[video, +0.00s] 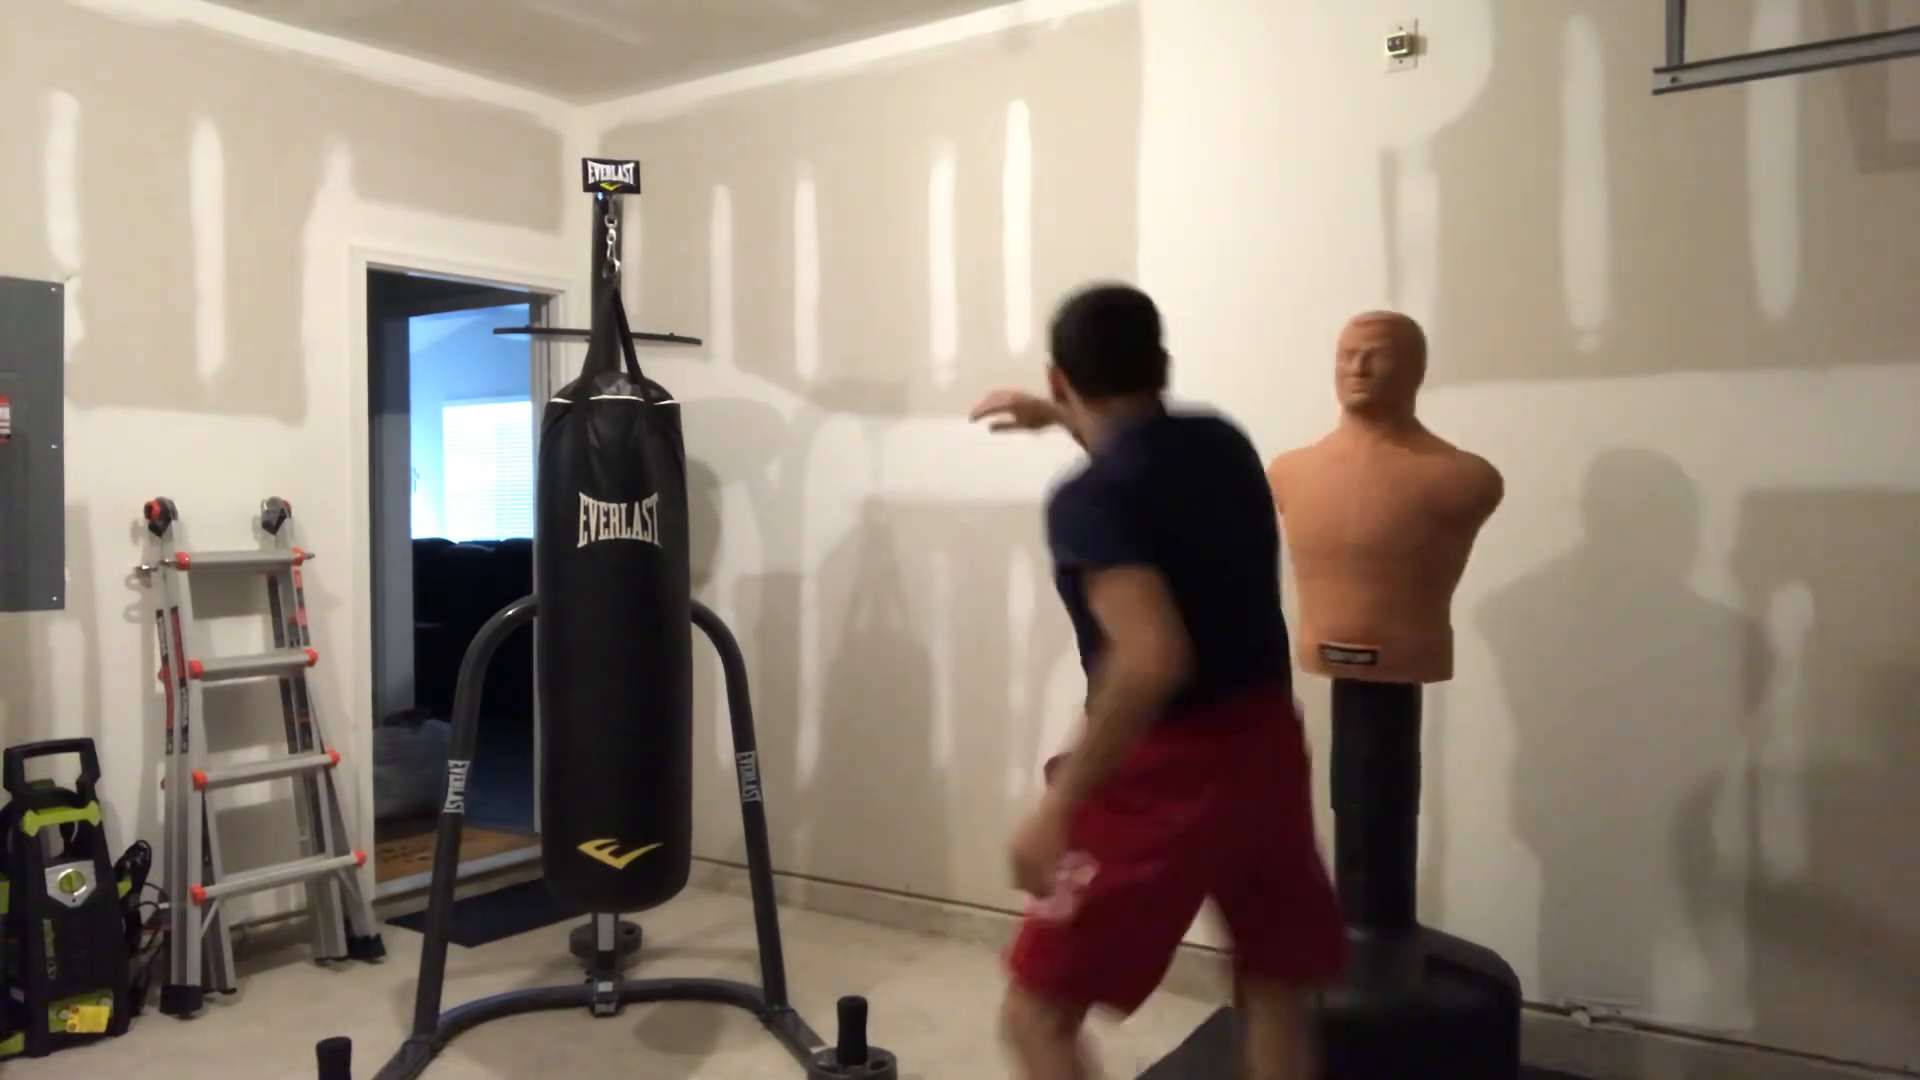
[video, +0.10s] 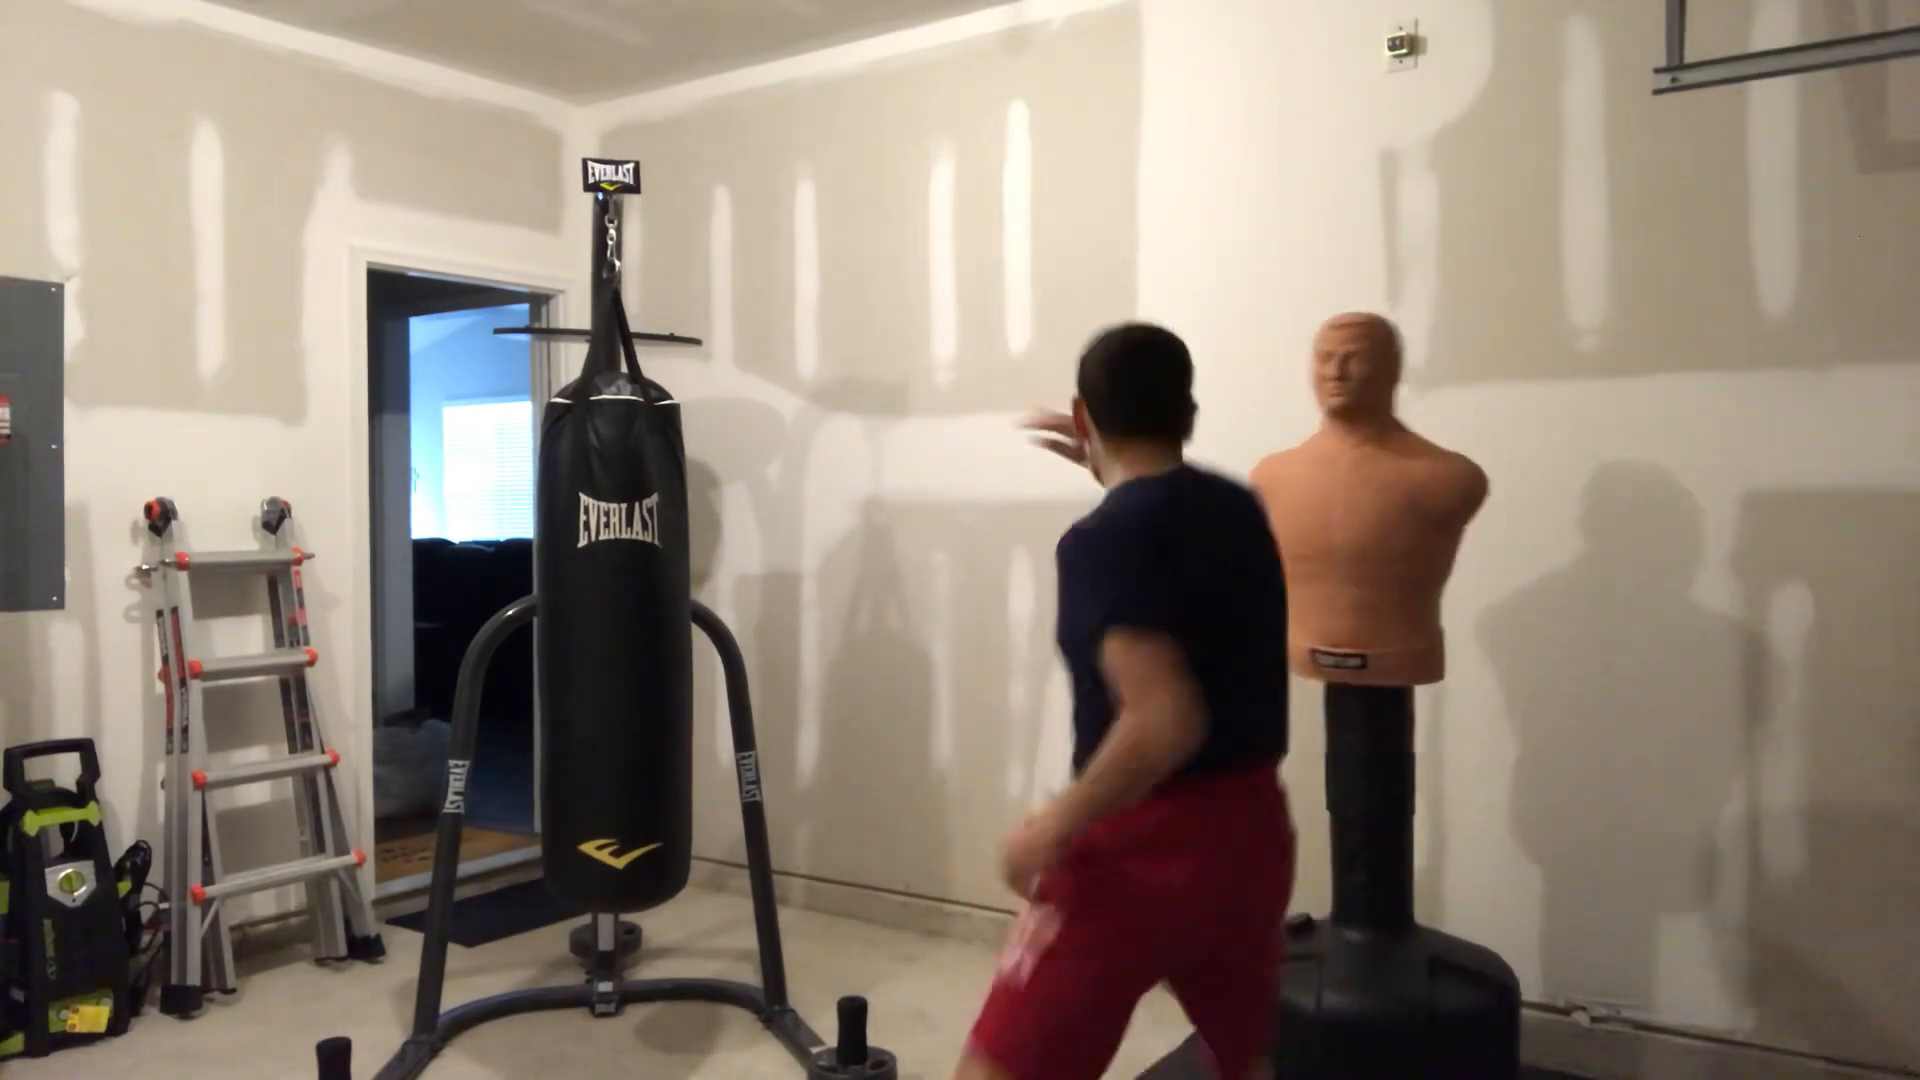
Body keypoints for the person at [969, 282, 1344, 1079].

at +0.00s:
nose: (1055, 391)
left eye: (1055, 375)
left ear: (1065, 380)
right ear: (1160, 365)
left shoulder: (1090, 494)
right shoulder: (1224, 443)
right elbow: (1139, 444)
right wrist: (1058, 415)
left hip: (1163, 772)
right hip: (1266, 757)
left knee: (1035, 1016)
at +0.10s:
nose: (1081, 418)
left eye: (1083, 406)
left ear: (1088, 416)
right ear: (1188, 412)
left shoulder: (1104, 538)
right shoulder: (1243, 510)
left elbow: (1164, 719)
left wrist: (1052, 826)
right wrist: (1108, 458)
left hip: (1136, 844)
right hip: (1250, 835)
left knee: (997, 1064)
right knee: (1248, 1060)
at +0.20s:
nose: (1078, 416)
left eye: (1076, 402)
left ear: (1081, 412)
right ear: (1191, 416)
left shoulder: (1068, 533)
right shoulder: (1243, 526)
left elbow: (1060, 747)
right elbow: (1231, 702)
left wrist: (999, 726)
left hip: (1109, 871)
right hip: (1228, 857)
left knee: (1005, 1067)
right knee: (1224, 1061)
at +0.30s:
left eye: (1074, 332)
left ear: (1076, 345)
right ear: (1189, 354)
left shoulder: (1028, 454)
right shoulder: (1238, 469)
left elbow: (937, 630)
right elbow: (1268, 621)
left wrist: (1017, 537)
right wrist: (1170, 572)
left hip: (1076, 794)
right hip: (1204, 790)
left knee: (1020, 1051)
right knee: (1221, 1043)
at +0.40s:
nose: (1059, 316)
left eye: (1061, 307)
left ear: (1066, 319)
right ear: (1181, 331)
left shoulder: (1006, 417)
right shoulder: (1234, 444)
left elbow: (907, 578)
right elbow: (1286, 609)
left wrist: (1000, 491)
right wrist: (1214, 515)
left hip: (1061, 766)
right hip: (1200, 766)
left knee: (1038, 1050)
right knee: (1218, 1035)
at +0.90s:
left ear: (1031, 372)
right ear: (1148, 373)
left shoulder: (980, 494)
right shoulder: (1216, 480)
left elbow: (923, 633)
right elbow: (1343, 567)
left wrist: (977, 533)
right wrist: (1287, 455)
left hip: (1086, 839)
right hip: (1235, 825)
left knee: (1057, 1062)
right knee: (1233, 1053)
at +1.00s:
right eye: (1188, 365)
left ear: (1082, 375)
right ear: (1188, 378)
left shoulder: (1015, 496)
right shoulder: (1252, 499)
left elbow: (974, 614)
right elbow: (1383, 610)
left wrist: (1047, 528)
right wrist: (1331, 488)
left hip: (1084, 843)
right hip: (1236, 840)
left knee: (1076, 1062)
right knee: (1273, 1062)